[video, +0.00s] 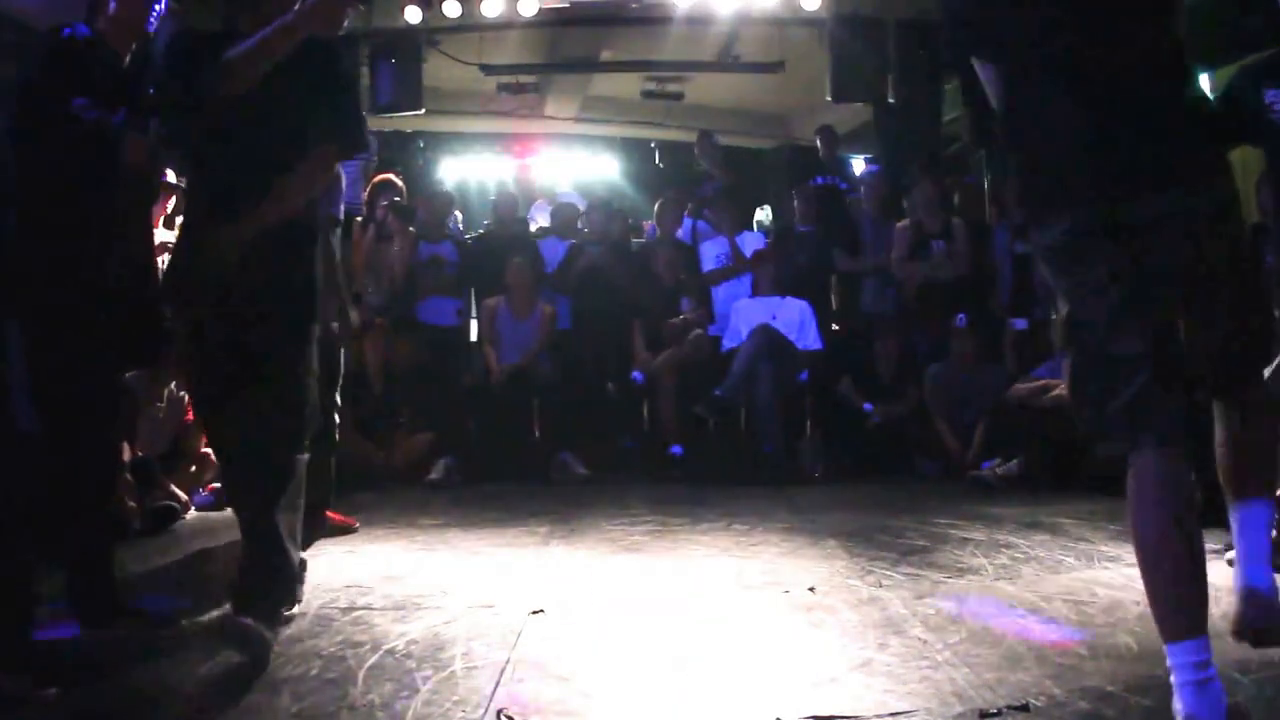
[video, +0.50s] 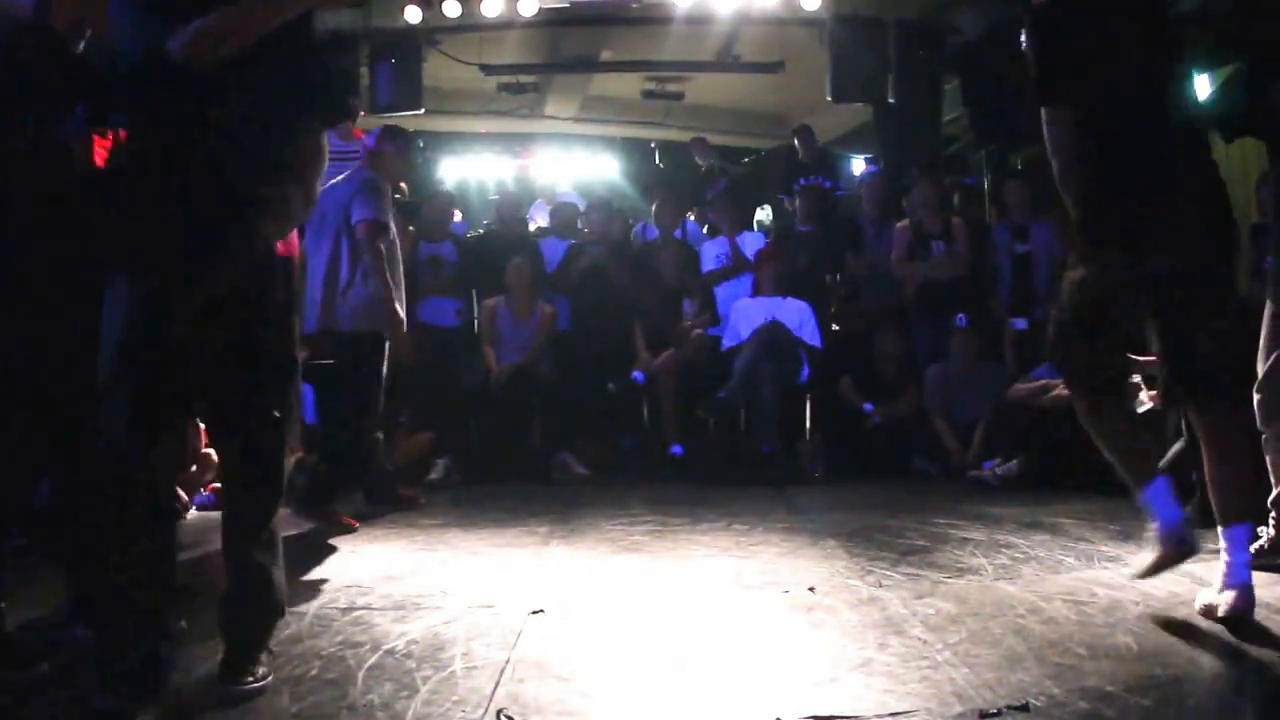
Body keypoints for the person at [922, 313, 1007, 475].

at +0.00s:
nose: (962, 345)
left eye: (966, 339)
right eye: (957, 339)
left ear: (975, 341)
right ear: (951, 341)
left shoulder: (987, 374)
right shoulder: (937, 374)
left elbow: (985, 415)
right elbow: (937, 415)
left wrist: (974, 453)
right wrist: (954, 448)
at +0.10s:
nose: (961, 346)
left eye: (966, 339)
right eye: (957, 339)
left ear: (975, 342)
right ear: (951, 341)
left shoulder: (987, 375)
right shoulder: (937, 374)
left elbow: (986, 415)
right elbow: (937, 414)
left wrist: (973, 454)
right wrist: (954, 449)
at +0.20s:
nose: (961, 347)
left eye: (966, 341)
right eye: (957, 340)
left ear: (975, 343)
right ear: (950, 343)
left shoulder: (988, 375)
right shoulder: (937, 374)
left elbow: (985, 416)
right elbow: (937, 414)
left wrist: (974, 453)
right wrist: (953, 447)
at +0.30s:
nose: (961, 346)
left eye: (967, 340)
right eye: (957, 340)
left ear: (975, 343)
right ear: (951, 343)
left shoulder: (990, 375)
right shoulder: (937, 374)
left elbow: (986, 417)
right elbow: (937, 415)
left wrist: (973, 454)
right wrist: (954, 449)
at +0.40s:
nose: (962, 348)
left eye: (967, 342)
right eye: (957, 342)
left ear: (976, 345)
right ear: (950, 345)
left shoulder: (988, 374)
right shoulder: (936, 374)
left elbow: (986, 415)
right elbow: (937, 415)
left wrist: (974, 454)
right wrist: (954, 450)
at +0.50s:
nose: (961, 350)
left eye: (967, 344)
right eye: (957, 344)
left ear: (975, 346)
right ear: (950, 346)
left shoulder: (988, 374)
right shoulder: (936, 375)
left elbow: (986, 416)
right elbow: (936, 415)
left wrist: (974, 453)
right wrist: (955, 450)